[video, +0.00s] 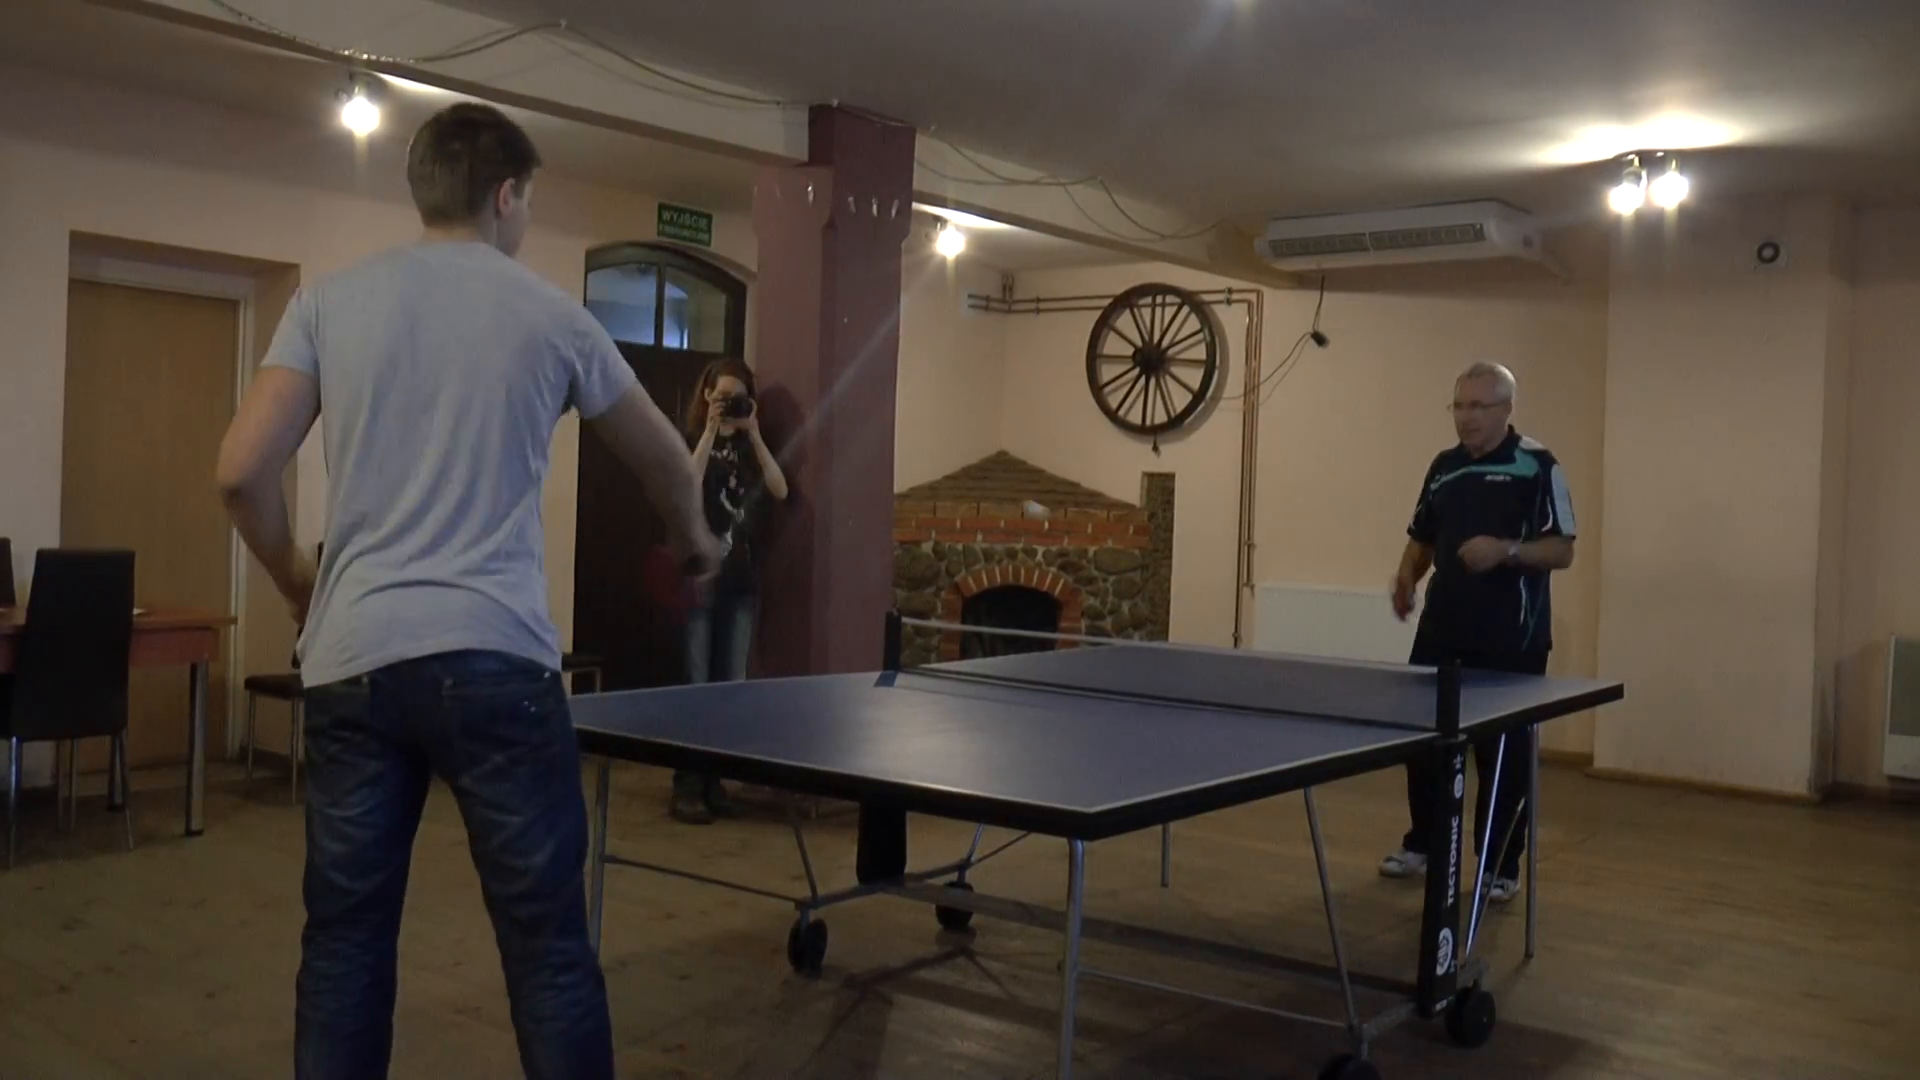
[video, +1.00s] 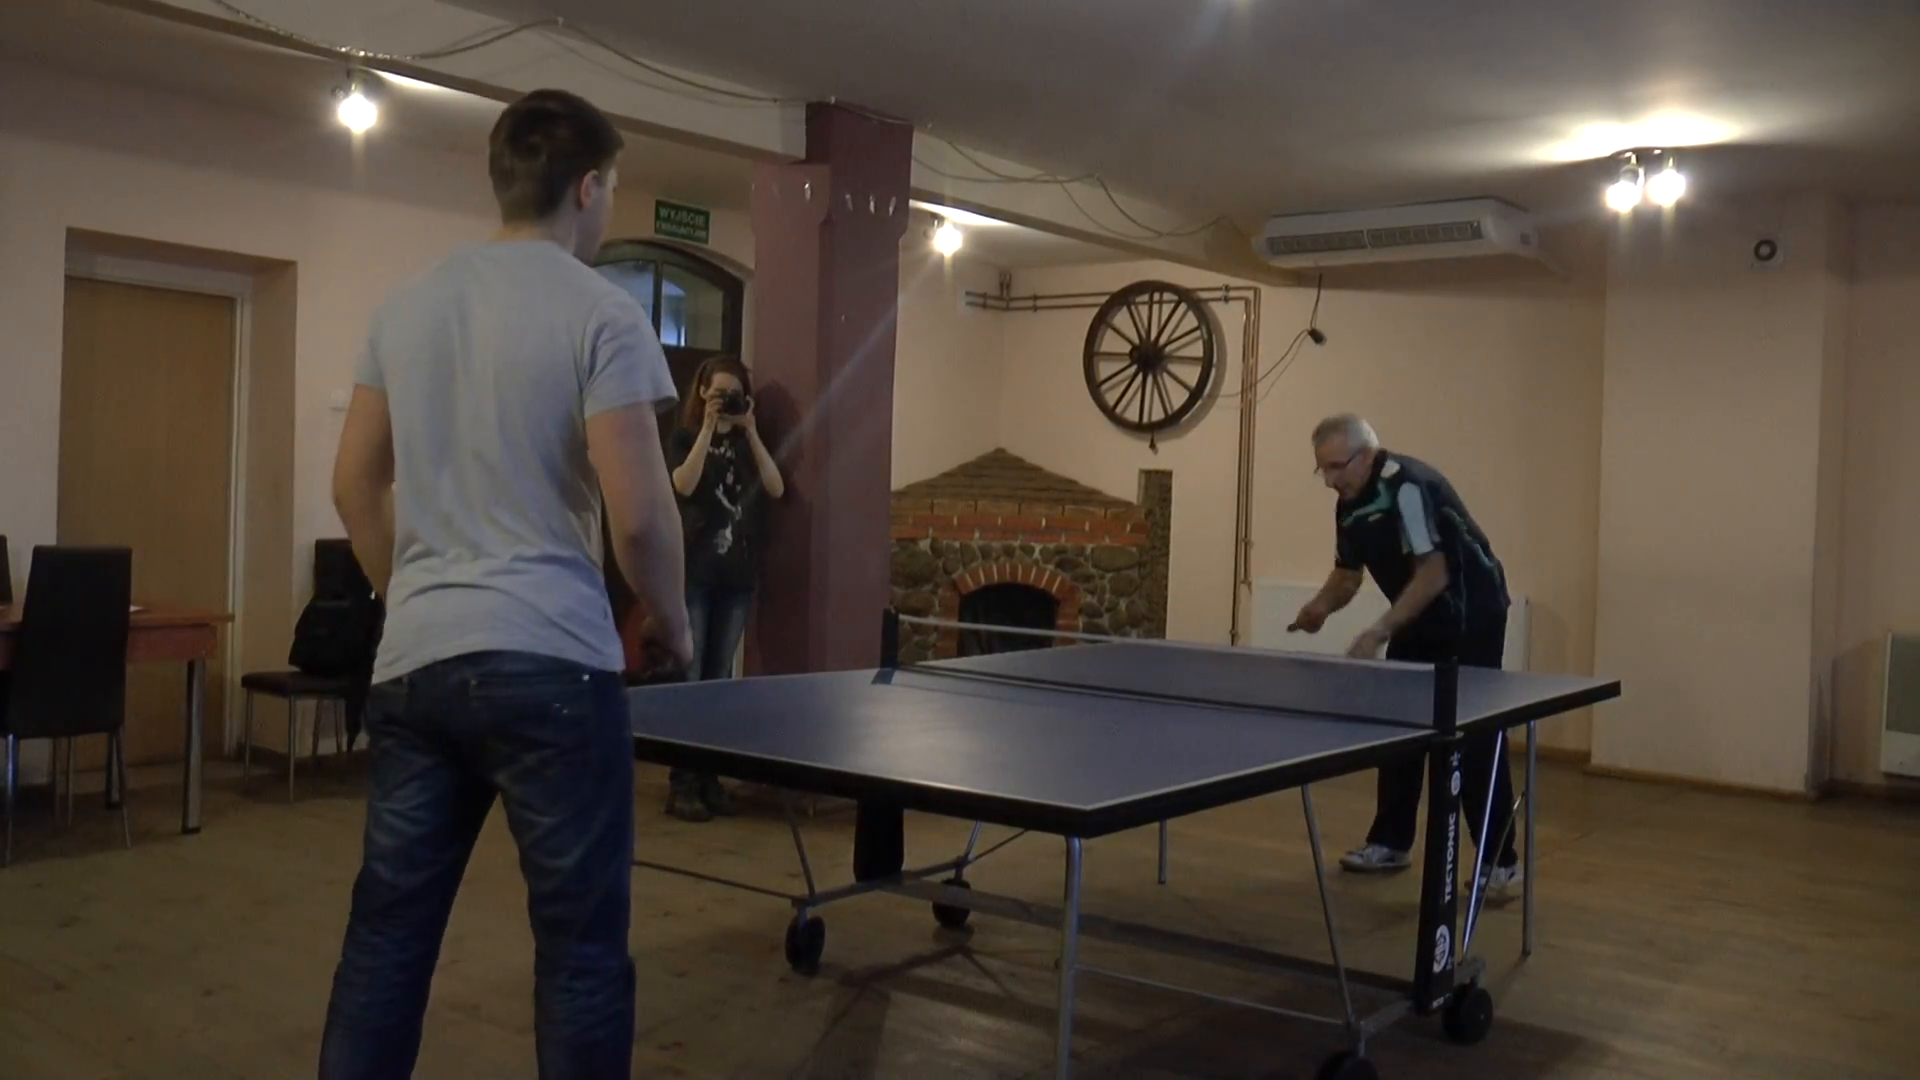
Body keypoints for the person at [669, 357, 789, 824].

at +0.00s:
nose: (728, 408)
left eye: (737, 401)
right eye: (721, 400)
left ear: (749, 405)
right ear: (705, 399)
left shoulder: (753, 449)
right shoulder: (693, 445)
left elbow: (780, 490)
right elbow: (687, 487)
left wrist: (754, 434)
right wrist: (709, 433)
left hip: (741, 576)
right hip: (698, 574)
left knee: (733, 684)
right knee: (696, 681)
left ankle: (717, 782)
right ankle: (687, 784)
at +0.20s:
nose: (727, 407)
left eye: (736, 401)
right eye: (720, 399)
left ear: (747, 405)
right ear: (703, 398)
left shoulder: (753, 449)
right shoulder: (686, 444)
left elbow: (780, 490)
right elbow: (686, 489)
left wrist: (752, 436)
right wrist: (708, 433)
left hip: (739, 576)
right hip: (691, 576)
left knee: (731, 684)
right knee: (692, 681)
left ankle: (715, 782)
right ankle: (685, 786)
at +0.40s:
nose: (726, 406)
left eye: (735, 399)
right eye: (719, 398)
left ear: (746, 403)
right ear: (703, 397)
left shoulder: (753, 447)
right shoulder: (685, 442)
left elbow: (779, 489)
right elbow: (685, 487)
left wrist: (751, 434)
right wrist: (708, 432)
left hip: (738, 573)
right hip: (691, 573)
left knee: (731, 679)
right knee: (691, 677)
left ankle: (714, 781)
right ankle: (685, 784)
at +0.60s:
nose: (727, 404)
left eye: (735, 398)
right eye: (720, 396)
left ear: (746, 402)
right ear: (703, 395)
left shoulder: (751, 444)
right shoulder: (684, 440)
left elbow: (778, 488)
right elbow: (684, 486)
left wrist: (750, 433)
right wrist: (707, 431)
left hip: (736, 572)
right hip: (689, 571)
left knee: (730, 679)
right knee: (689, 678)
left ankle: (714, 779)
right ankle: (684, 783)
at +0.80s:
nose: (726, 403)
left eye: (734, 397)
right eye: (718, 395)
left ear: (745, 401)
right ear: (702, 394)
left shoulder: (750, 444)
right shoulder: (683, 439)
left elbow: (776, 488)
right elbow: (683, 486)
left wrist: (750, 432)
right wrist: (707, 431)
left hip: (737, 573)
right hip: (691, 571)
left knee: (721, 679)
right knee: (688, 677)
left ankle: (712, 778)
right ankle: (683, 782)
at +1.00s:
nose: (724, 403)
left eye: (734, 397)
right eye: (717, 395)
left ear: (744, 401)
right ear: (701, 394)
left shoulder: (750, 443)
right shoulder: (684, 439)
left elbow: (776, 489)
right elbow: (684, 486)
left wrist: (750, 432)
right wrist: (707, 431)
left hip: (738, 573)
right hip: (694, 572)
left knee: (721, 678)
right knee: (689, 676)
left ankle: (712, 779)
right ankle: (683, 782)